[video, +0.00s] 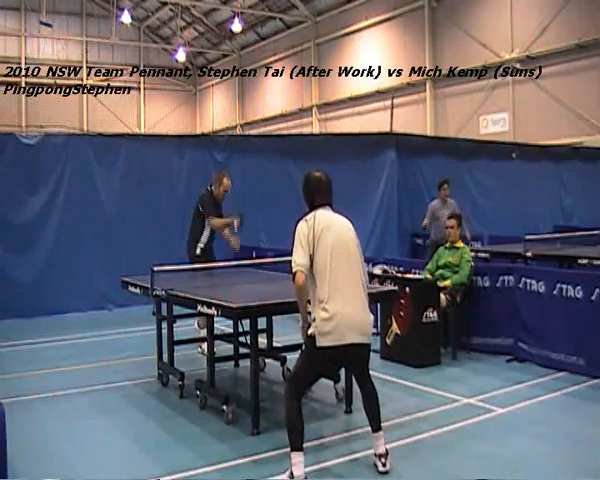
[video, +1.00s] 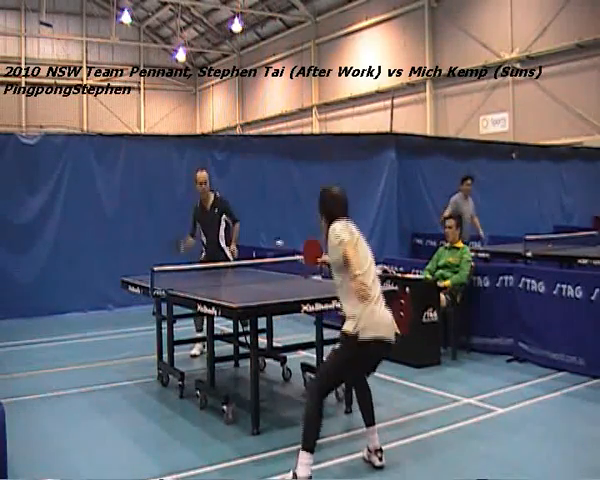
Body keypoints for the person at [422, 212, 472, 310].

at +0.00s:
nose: (448, 231)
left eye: (452, 228)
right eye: (446, 228)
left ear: (459, 230)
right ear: (444, 230)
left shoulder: (464, 251)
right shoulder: (441, 249)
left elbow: (463, 277)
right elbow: (429, 267)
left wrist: (446, 283)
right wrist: (428, 276)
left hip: (453, 285)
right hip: (435, 282)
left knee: (441, 298)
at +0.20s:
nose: (448, 231)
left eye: (451, 228)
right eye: (446, 228)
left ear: (458, 230)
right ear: (443, 230)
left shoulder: (464, 251)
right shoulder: (441, 250)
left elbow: (463, 277)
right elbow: (429, 268)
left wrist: (445, 283)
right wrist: (428, 276)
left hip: (453, 285)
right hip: (435, 282)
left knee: (441, 298)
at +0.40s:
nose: (447, 231)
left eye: (450, 228)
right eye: (445, 228)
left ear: (458, 230)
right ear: (443, 229)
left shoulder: (464, 251)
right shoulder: (441, 249)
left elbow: (463, 276)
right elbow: (430, 267)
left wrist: (446, 283)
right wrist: (427, 275)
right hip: (435, 282)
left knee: (442, 297)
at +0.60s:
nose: (447, 231)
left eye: (450, 228)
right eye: (445, 228)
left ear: (458, 230)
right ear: (443, 230)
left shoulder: (464, 251)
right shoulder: (441, 250)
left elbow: (463, 276)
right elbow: (429, 268)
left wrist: (445, 283)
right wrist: (428, 277)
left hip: (453, 286)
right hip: (435, 282)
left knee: (441, 297)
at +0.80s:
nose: (446, 231)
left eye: (450, 228)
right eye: (445, 227)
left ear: (458, 230)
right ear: (442, 229)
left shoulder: (464, 251)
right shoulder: (442, 249)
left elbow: (463, 276)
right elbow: (430, 267)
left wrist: (446, 283)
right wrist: (428, 276)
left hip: (453, 285)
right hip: (436, 281)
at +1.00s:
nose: (446, 231)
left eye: (450, 228)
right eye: (445, 228)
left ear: (458, 230)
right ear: (443, 229)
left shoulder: (465, 251)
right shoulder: (442, 249)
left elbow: (463, 276)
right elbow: (429, 268)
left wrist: (446, 283)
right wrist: (429, 277)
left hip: (453, 285)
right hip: (435, 282)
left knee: (441, 298)